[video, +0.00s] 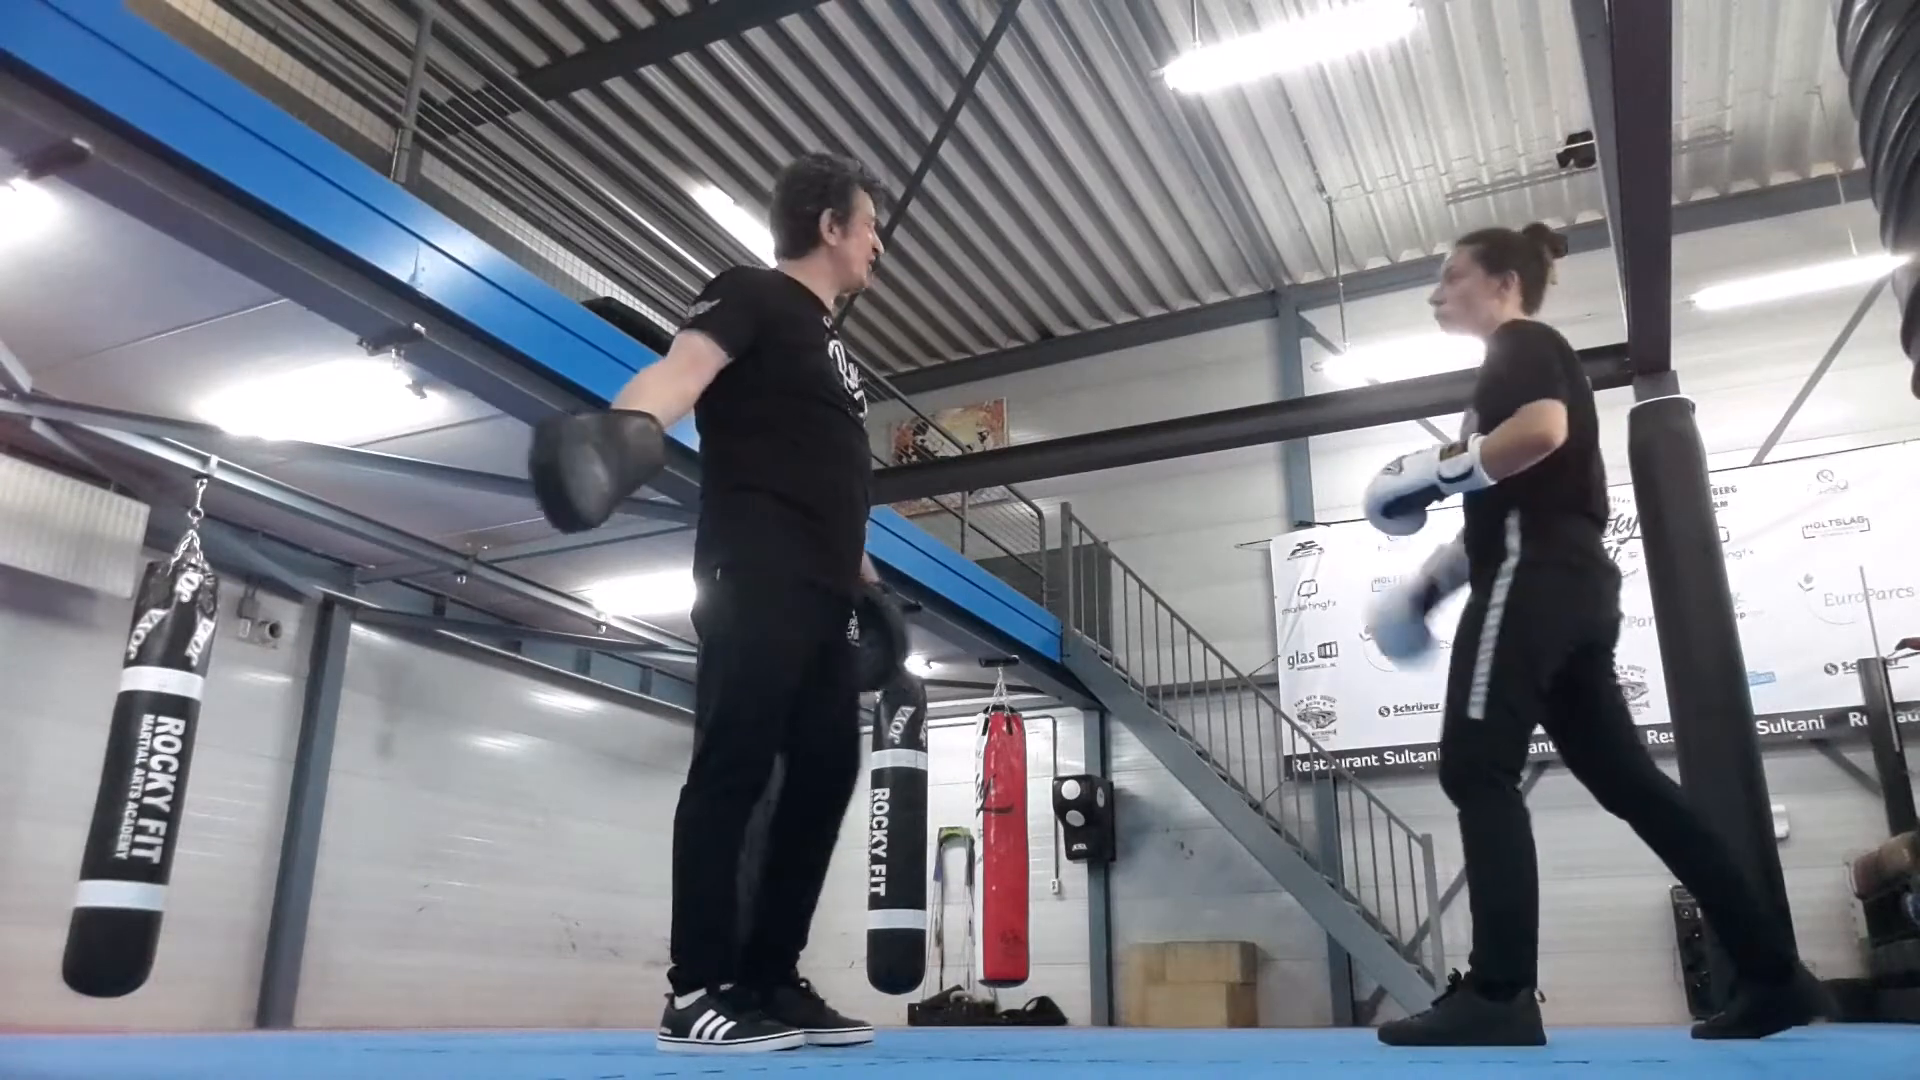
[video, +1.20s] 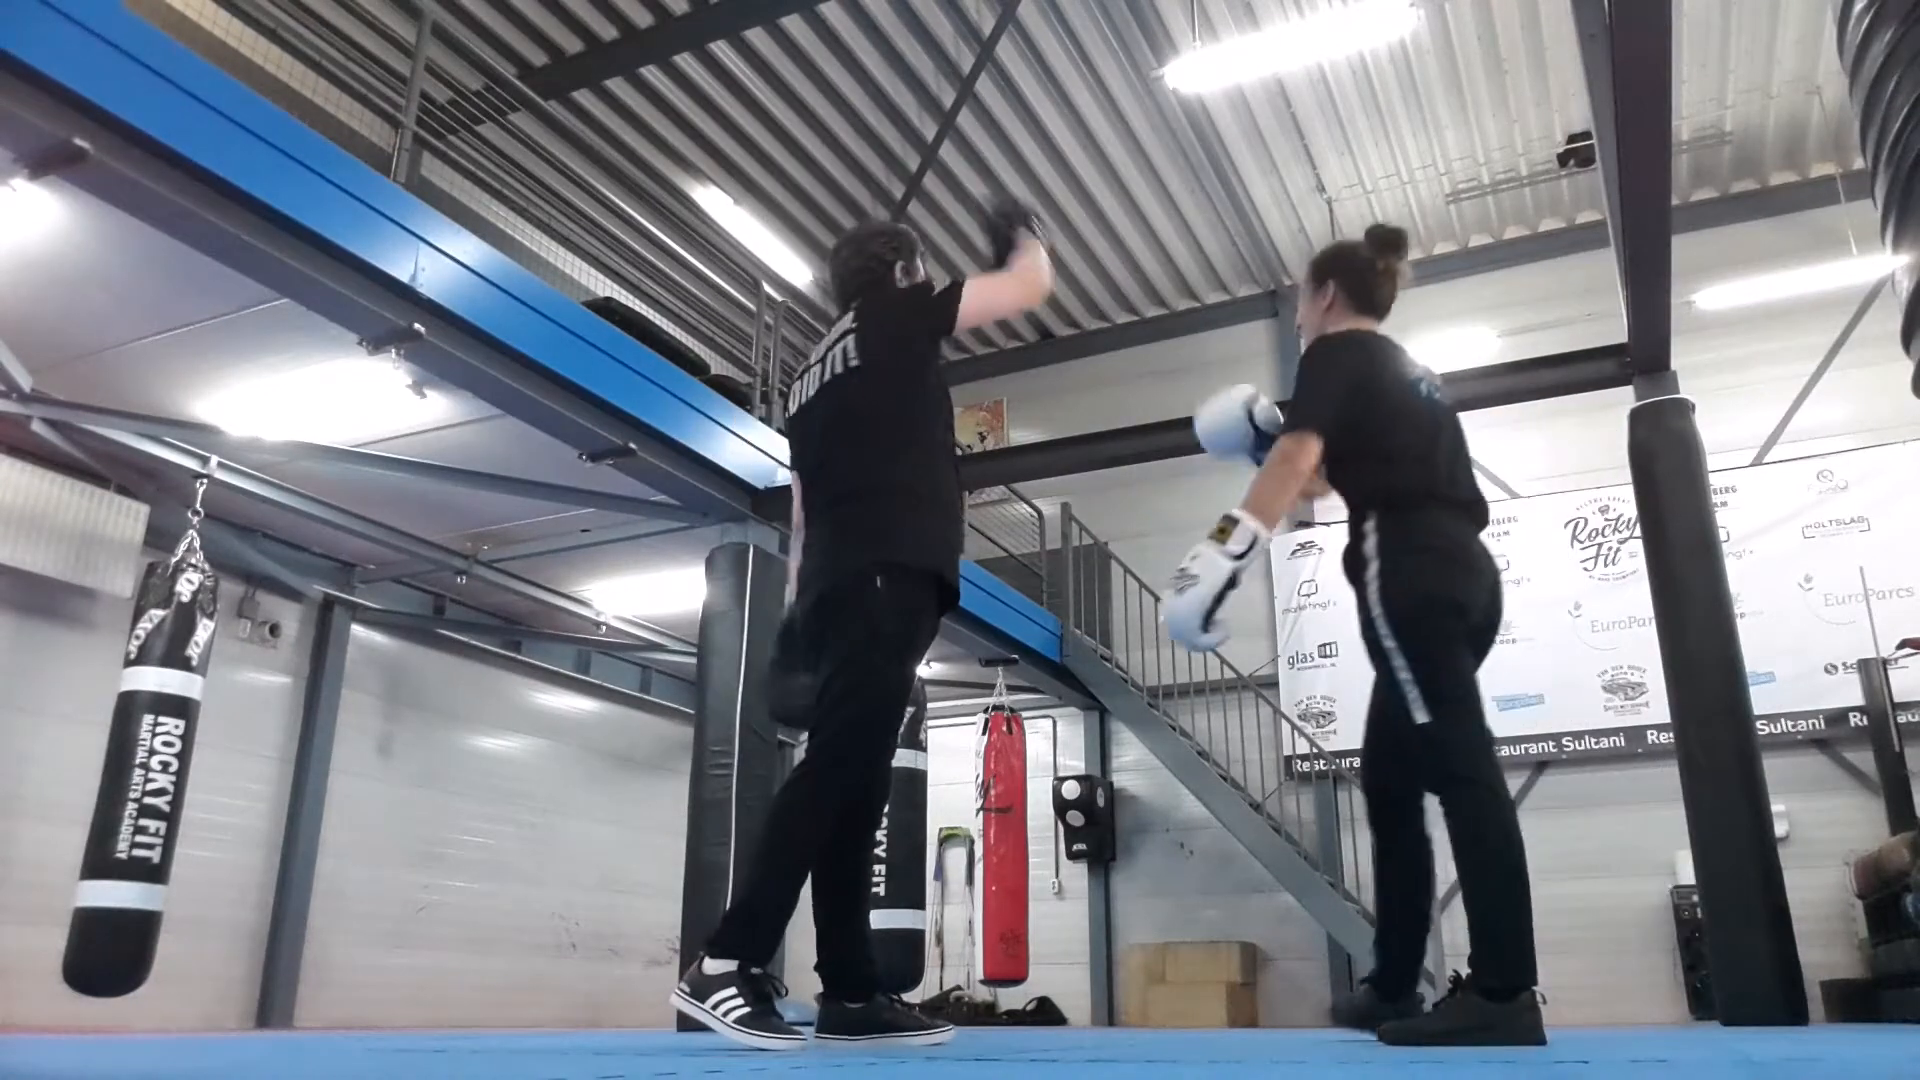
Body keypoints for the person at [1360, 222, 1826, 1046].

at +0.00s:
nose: (1439, 291)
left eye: (1452, 277)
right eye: (1442, 278)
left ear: (1501, 282)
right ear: (1505, 290)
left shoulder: (1520, 341)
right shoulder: (1531, 363)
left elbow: (1543, 429)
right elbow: (1509, 510)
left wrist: (1442, 470)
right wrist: (1429, 583)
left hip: (1531, 570)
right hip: (1569, 576)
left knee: (1476, 770)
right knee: (1627, 782)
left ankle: (1497, 998)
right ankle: (1772, 976)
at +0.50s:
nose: (1345, 306)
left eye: (1358, 292)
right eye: (1346, 294)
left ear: (1407, 296)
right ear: (1396, 303)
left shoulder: (1447, 349)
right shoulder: (1412, 399)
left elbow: (1516, 407)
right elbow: (1451, 519)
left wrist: (1555, 476)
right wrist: (1431, 618)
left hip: (1527, 576)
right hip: (1526, 589)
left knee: (1461, 769)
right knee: (1619, 786)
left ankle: (1496, 996)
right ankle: (1768, 973)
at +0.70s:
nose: (1312, 294)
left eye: (1327, 280)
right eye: (1315, 282)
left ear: (1378, 286)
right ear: (1366, 292)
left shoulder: (1428, 344)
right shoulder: (1371, 406)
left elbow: (1500, 403)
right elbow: (1371, 516)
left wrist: (1508, 473)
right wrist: (1353, 609)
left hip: (1487, 578)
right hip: (1510, 582)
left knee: (1447, 772)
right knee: (1581, 778)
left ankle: (1498, 994)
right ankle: (1752, 967)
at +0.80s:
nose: (1303, 285)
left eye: (1316, 269)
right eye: (1305, 272)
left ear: (1364, 273)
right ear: (1359, 279)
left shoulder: (1408, 332)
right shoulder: (1369, 391)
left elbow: (1453, 405)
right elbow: (1335, 499)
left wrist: (1463, 503)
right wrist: (1284, 572)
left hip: (1470, 560)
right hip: (1508, 563)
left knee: (1455, 768)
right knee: (1524, 777)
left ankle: (1499, 994)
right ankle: (1700, 947)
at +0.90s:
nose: (1299, 286)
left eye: (1309, 269)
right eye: (1300, 271)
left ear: (1350, 267)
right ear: (1359, 273)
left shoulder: (1387, 330)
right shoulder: (1380, 361)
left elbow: (1400, 425)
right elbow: (1325, 474)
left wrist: (1385, 525)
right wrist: (1231, 513)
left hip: (1461, 557)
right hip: (1493, 560)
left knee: (1455, 767)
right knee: (1467, 768)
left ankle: (1498, 995)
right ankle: (1622, 948)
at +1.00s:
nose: (1297, 289)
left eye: (1304, 272)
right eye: (1299, 275)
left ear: (1342, 270)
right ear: (1367, 274)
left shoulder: (1368, 329)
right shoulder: (1400, 343)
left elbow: (1361, 435)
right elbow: (1345, 461)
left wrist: (1321, 532)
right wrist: (1240, 452)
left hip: (1442, 554)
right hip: (1487, 551)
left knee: (1446, 763)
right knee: (1450, 761)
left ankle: (1502, 989)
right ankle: (1522, 971)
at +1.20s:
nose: (1297, 314)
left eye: (1300, 300)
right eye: (1299, 301)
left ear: (1325, 295)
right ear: (1374, 302)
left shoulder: (1332, 355)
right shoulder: (1403, 367)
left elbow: (1297, 456)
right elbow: (1354, 453)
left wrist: (1227, 550)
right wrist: (1276, 423)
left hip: (1401, 565)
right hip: (1465, 566)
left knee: (1463, 773)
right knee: (1391, 777)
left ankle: (1503, 993)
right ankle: (1395, 986)